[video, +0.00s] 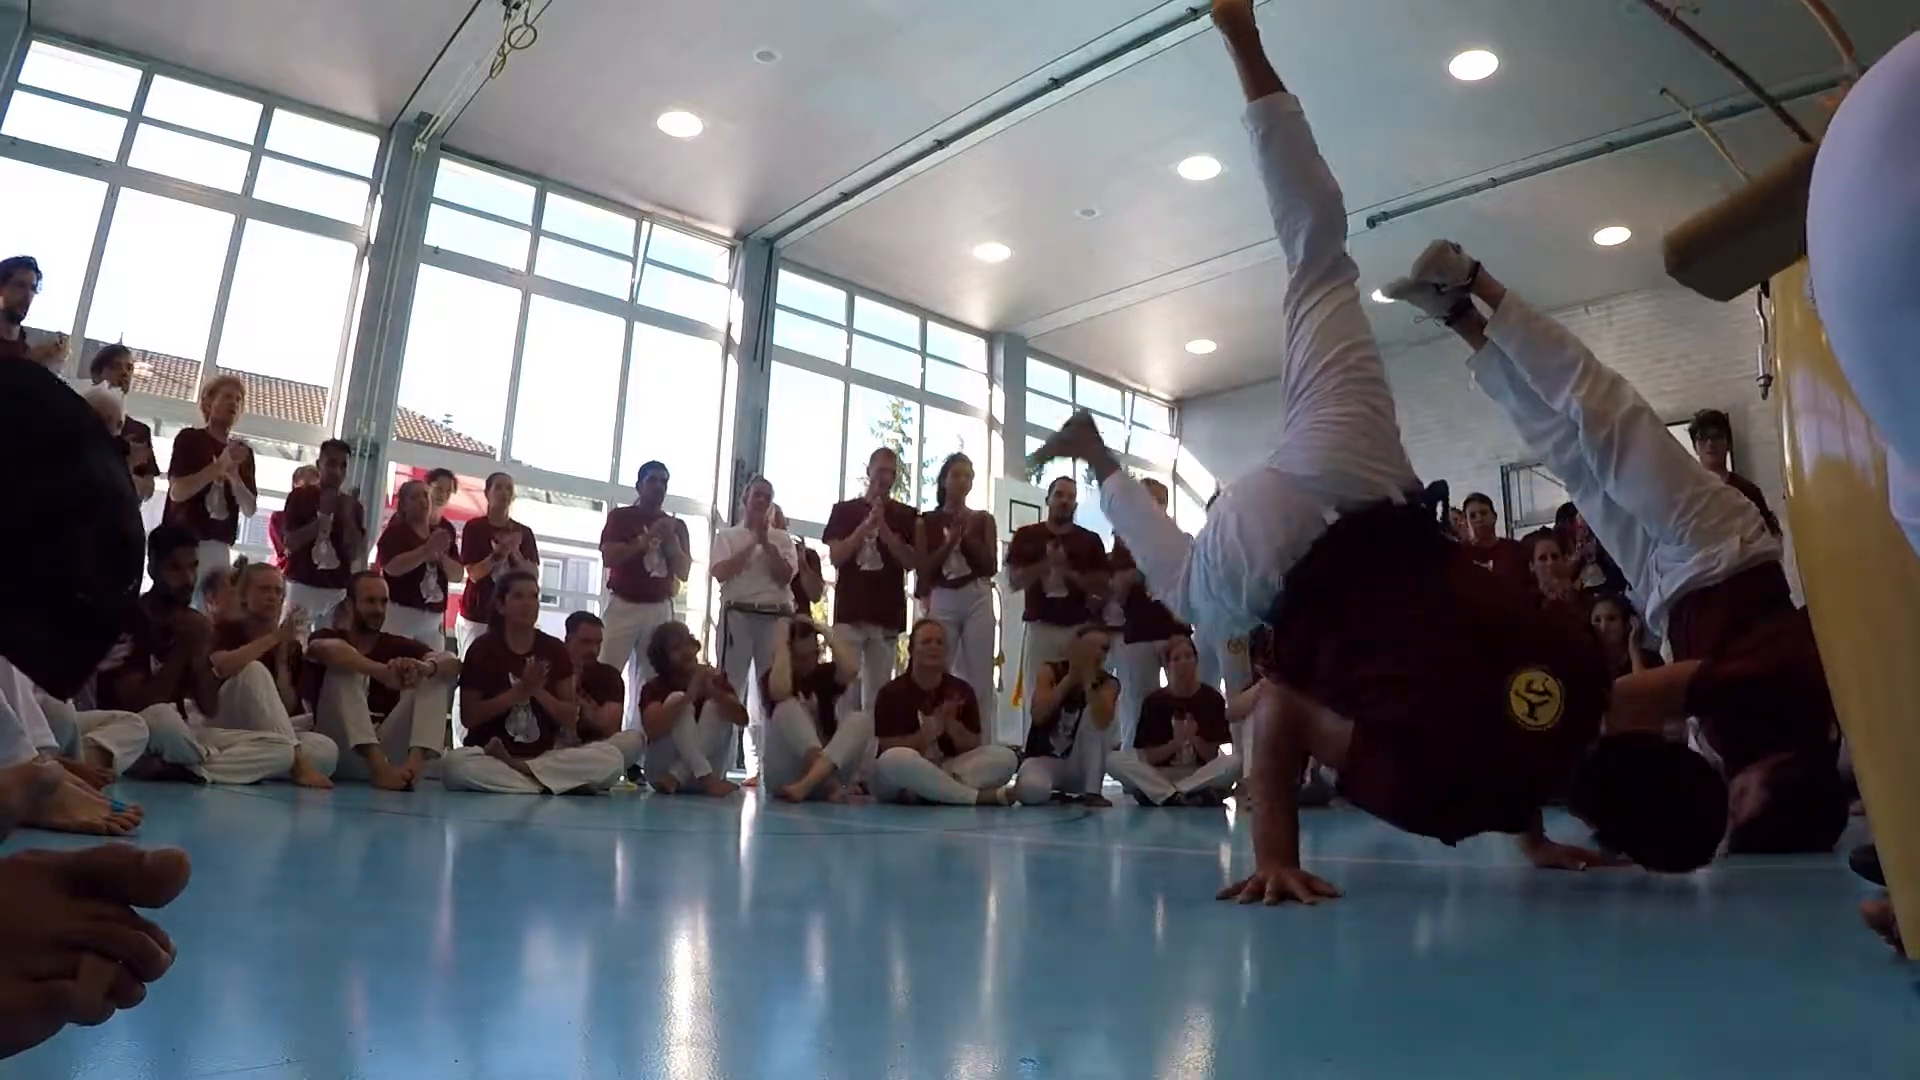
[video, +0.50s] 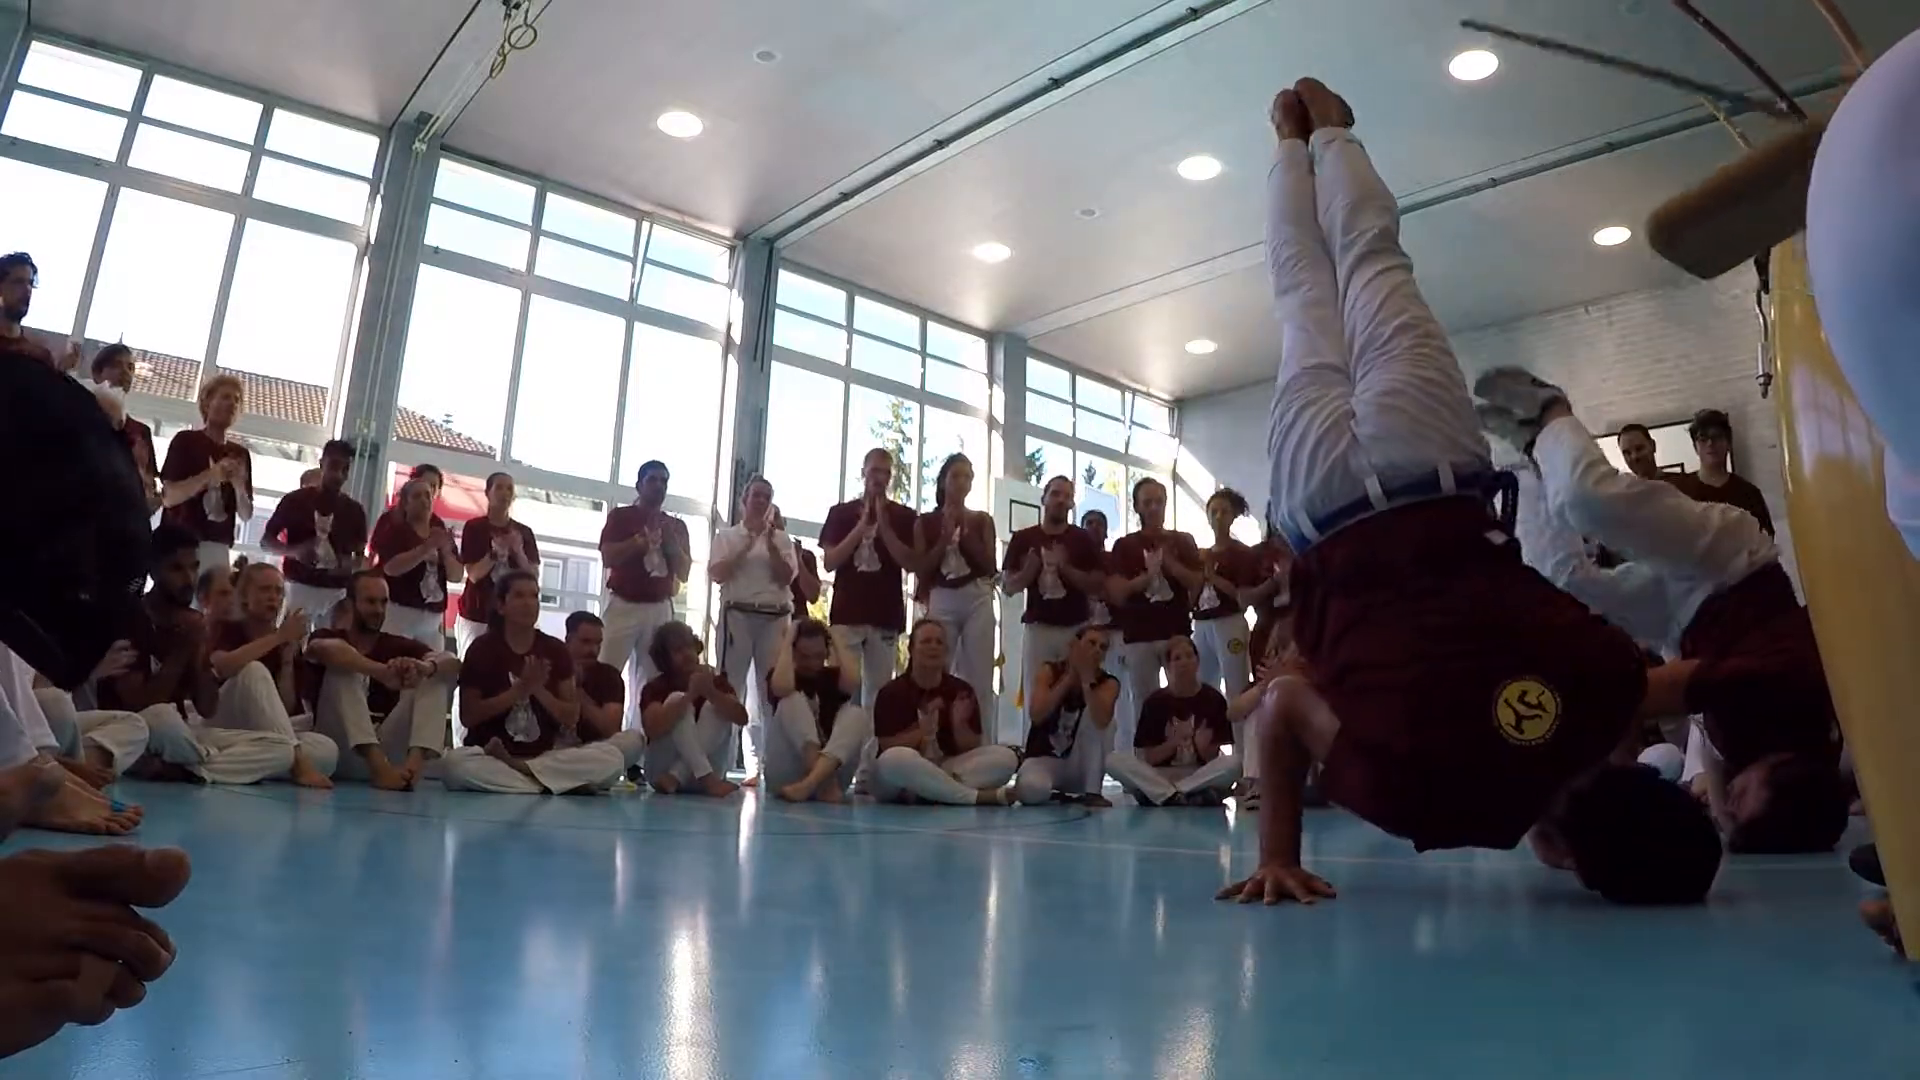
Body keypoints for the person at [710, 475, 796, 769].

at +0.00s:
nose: (759, 501)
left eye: (765, 497)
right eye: (755, 495)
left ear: (772, 503)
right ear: (744, 499)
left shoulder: (783, 538)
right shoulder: (728, 535)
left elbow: (785, 576)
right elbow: (719, 574)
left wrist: (765, 541)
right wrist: (750, 548)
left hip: (775, 616)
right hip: (737, 614)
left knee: (773, 693)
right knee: (730, 690)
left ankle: (769, 765)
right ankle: (722, 764)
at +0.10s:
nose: (759, 501)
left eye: (764, 497)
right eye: (755, 495)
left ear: (771, 503)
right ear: (744, 499)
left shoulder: (781, 536)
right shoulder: (729, 534)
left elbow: (787, 576)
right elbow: (718, 573)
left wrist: (774, 538)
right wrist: (740, 541)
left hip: (775, 616)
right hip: (737, 615)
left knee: (774, 693)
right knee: (730, 689)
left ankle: (769, 764)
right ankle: (724, 764)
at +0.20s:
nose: (758, 501)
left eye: (764, 497)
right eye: (754, 495)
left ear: (771, 503)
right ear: (743, 499)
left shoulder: (781, 538)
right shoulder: (727, 535)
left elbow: (786, 576)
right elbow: (719, 574)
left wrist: (773, 539)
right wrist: (742, 541)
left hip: (774, 616)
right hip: (736, 615)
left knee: (773, 692)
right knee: (730, 689)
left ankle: (770, 762)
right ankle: (723, 763)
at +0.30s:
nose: (759, 501)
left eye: (764, 497)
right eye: (755, 496)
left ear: (772, 503)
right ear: (744, 500)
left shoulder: (783, 538)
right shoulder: (726, 535)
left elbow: (786, 573)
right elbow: (719, 574)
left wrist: (763, 539)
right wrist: (752, 551)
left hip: (774, 617)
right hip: (736, 615)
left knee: (772, 693)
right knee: (730, 690)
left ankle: (768, 763)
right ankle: (722, 764)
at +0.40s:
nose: (758, 501)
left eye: (764, 497)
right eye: (754, 495)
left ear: (771, 503)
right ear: (744, 499)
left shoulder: (782, 538)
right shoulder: (727, 536)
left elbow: (787, 576)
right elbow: (717, 575)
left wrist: (765, 542)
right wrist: (751, 551)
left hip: (774, 617)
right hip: (736, 616)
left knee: (772, 693)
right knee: (730, 690)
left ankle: (768, 763)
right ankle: (723, 764)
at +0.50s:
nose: (759, 501)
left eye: (764, 497)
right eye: (755, 495)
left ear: (771, 503)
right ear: (744, 499)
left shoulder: (781, 538)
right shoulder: (728, 535)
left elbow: (786, 577)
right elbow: (716, 575)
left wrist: (771, 541)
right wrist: (746, 544)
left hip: (774, 617)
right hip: (736, 615)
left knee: (772, 692)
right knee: (730, 690)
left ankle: (768, 763)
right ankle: (723, 763)